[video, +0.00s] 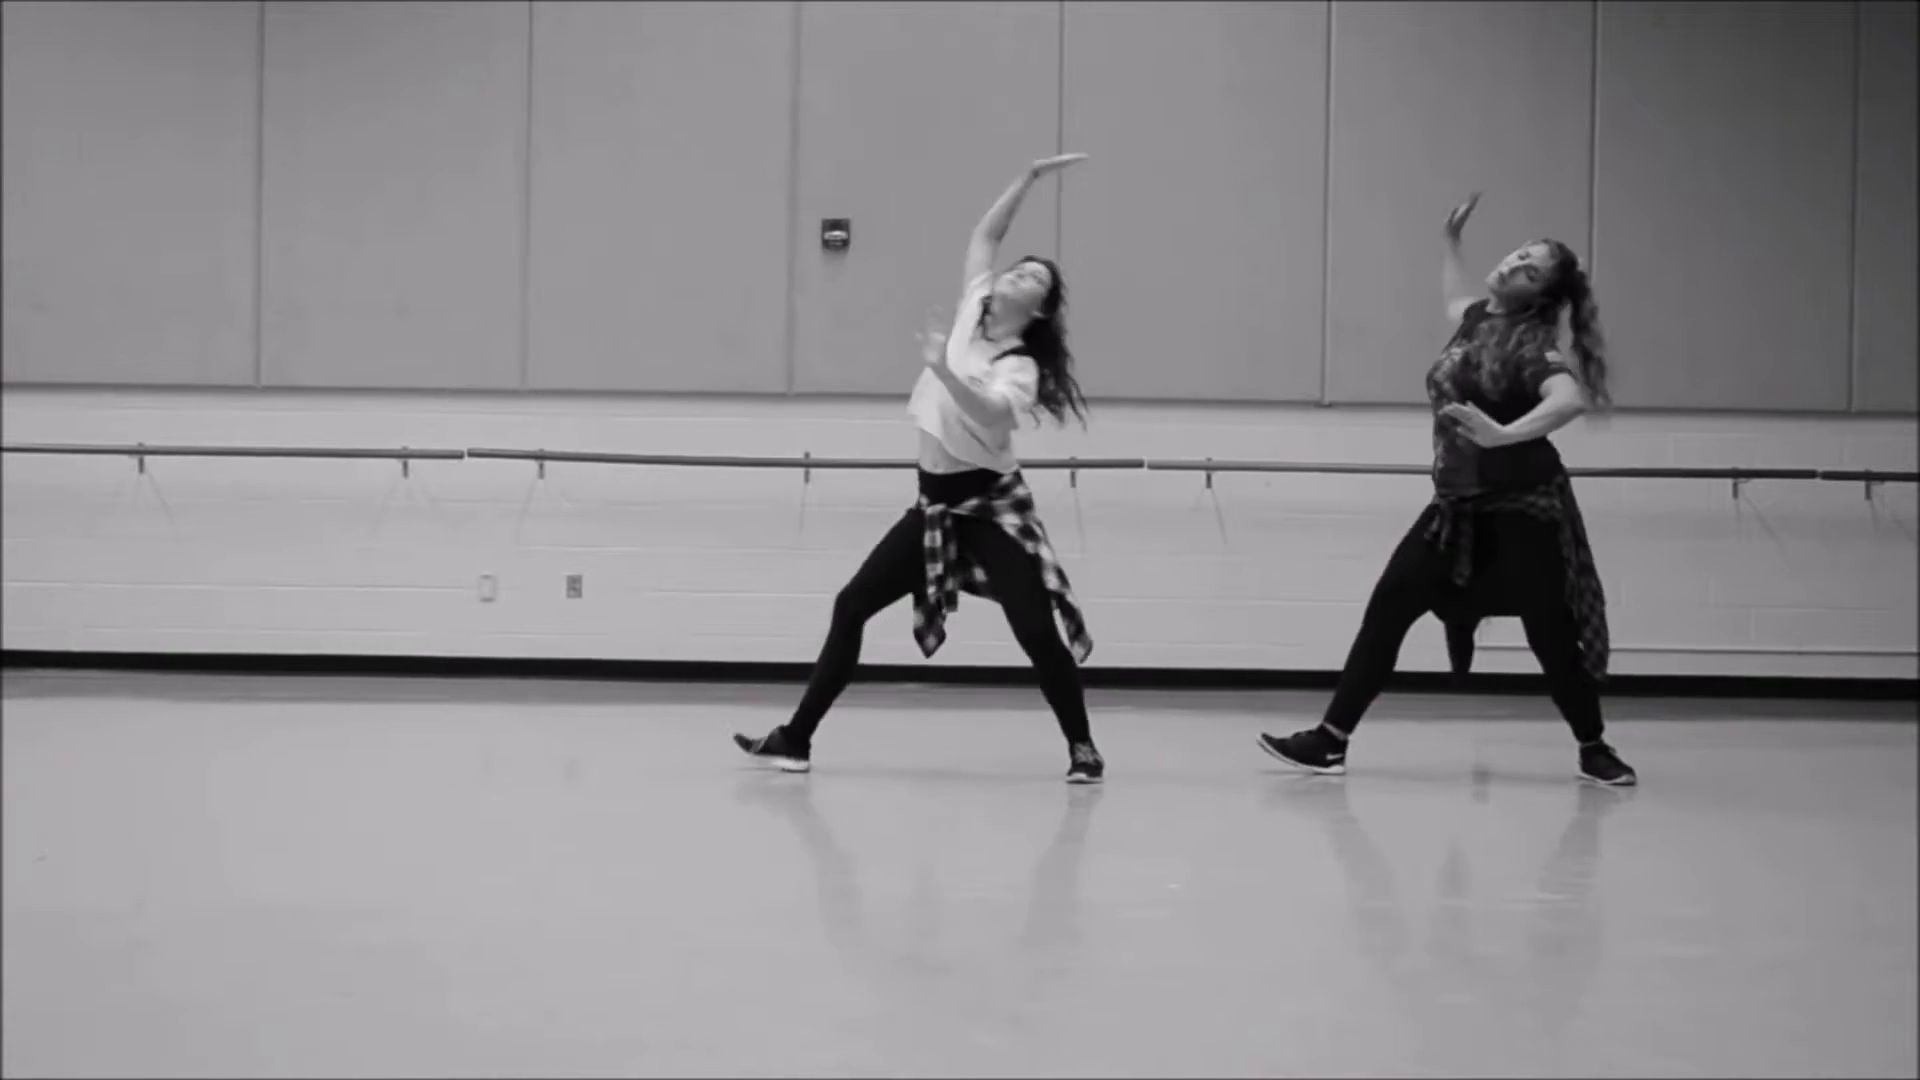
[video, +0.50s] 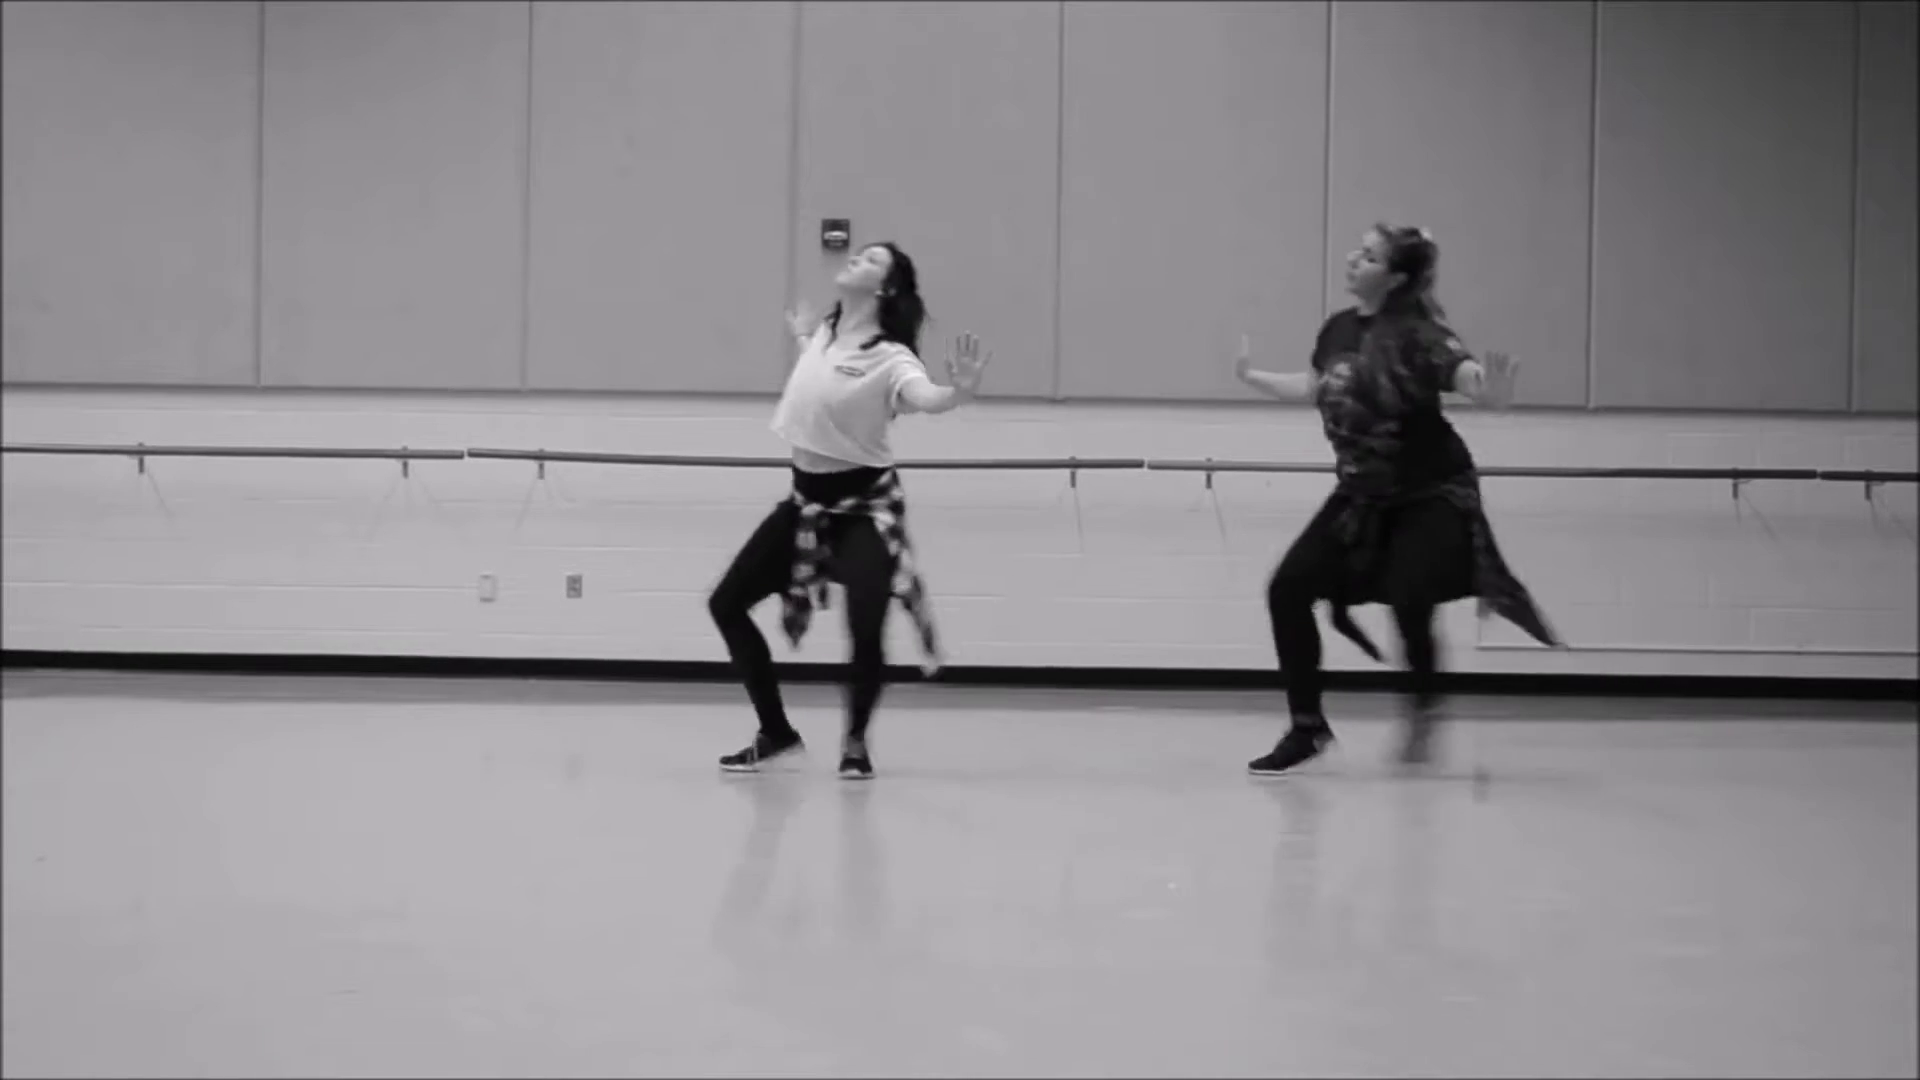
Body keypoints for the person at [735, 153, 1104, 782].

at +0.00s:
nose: (1018, 274)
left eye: (1034, 278)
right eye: (1018, 269)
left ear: (1040, 311)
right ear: (997, 282)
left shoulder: (1022, 367)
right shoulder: (969, 315)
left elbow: (996, 420)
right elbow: (985, 237)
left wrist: (942, 368)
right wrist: (1027, 176)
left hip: (992, 509)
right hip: (934, 509)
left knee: (1036, 634)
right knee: (852, 604)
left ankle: (1082, 749)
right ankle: (795, 738)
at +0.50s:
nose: (852, 260)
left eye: (868, 259)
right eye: (855, 254)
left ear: (887, 289)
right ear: (844, 275)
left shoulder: (891, 356)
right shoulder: (823, 332)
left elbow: (924, 394)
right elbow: (812, 359)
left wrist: (957, 391)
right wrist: (798, 331)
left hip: (864, 508)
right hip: (805, 503)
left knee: (865, 633)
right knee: (726, 604)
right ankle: (775, 730)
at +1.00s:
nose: (837, 275)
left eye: (852, 275)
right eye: (842, 268)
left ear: (869, 304)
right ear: (833, 283)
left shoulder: (848, 361)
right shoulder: (787, 339)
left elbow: (773, 380)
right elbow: (711, 367)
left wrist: (714, 367)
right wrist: (630, 346)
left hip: (812, 507)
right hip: (752, 501)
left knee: (826, 629)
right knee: (664, 599)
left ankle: (850, 744)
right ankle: (659, 740)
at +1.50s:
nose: (773, 277)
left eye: (787, 271)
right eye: (768, 265)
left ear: (808, 286)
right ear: (755, 271)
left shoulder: (811, 356)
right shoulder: (725, 336)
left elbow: (803, 437)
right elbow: (704, 430)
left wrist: (734, 410)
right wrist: (700, 403)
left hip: (800, 506)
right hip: (739, 505)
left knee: (784, 626)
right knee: (707, 627)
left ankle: (870, 732)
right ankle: (657, 736)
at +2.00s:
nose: (812, 315)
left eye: (826, 306)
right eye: (805, 304)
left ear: (849, 316)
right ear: (794, 310)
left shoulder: (853, 390)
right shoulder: (761, 346)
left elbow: (826, 483)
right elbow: (712, 419)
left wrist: (803, 446)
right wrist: (724, 402)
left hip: (794, 518)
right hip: (726, 510)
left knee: (844, 622)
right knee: (643, 611)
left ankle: (829, 743)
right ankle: (684, 737)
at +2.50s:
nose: (672, 272)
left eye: (682, 260)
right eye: (660, 265)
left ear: (705, 262)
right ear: (648, 276)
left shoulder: (731, 315)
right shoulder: (644, 310)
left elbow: (714, 363)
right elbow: (563, 343)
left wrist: (648, 418)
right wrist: (589, 379)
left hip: (756, 461)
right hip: (701, 467)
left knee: (736, 583)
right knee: (681, 597)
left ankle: (796, 703)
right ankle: (693, 736)